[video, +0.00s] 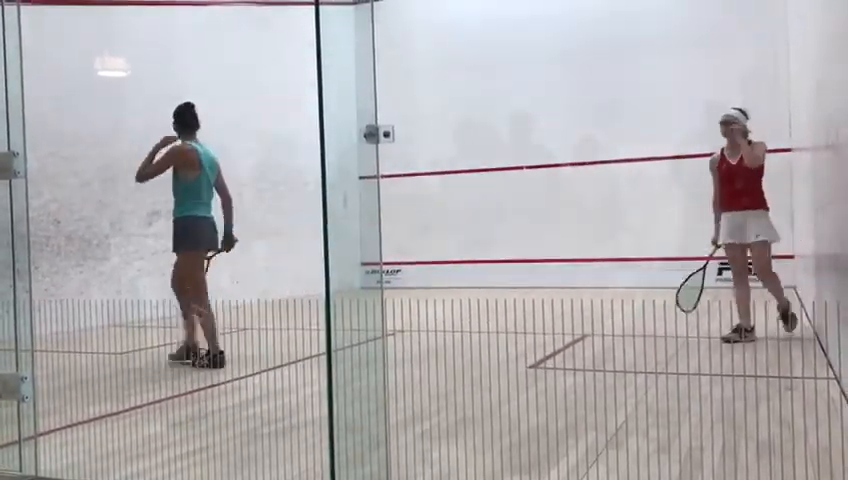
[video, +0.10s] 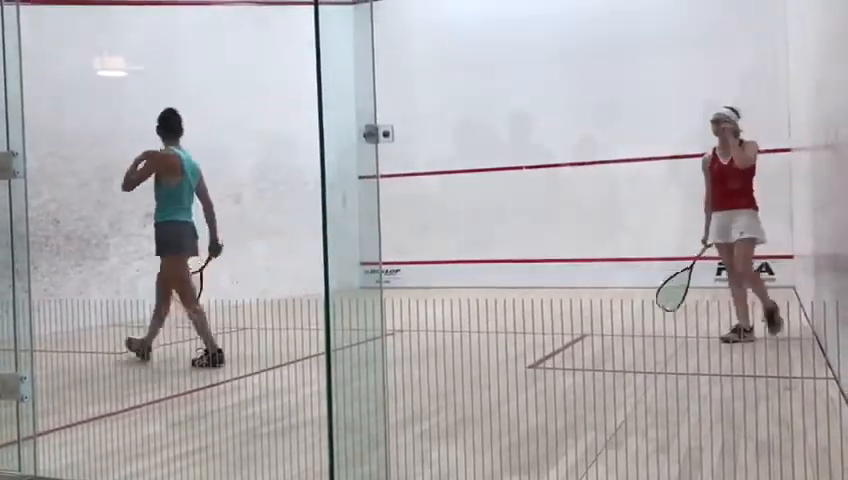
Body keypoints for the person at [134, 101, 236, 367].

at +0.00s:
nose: (175, 129)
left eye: (175, 125)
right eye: (178, 125)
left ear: (176, 126)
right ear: (197, 125)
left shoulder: (180, 151)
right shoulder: (208, 156)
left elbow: (142, 176)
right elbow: (226, 198)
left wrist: (158, 146)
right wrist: (229, 231)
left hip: (188, 228)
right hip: (207, 228)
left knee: (197, 292)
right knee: (179, 282)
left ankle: (214, 351)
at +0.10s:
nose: (159, 134)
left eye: (159, 130)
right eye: (166, 130)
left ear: (159, 132)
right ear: (181, 131)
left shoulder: (159, 159)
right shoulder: (191, 164)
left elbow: (127, 185)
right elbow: (207, 204)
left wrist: (137, 159)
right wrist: (215, 239)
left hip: (168, 232)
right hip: (187, 232)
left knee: (188, 296)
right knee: (164, 287)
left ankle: (213, 350)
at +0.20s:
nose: (144, 138)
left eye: (144, 134)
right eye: (149, 133)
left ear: (144, 135)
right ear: (166, 136)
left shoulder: (142, 162)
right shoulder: (173, 166)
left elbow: (116, 194)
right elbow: (185, 209)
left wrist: (125, 180)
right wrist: (194, 244)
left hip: (147, 236)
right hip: (166, 235)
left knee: (159, 299)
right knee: (140, 288)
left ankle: (199, 340)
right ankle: (134, 346)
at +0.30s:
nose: (131, 136)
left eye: (130, 133)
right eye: (141, 133)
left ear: (130, 134)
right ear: (152, 135)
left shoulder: (125, 159)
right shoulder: (158, 166)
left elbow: (104, 192)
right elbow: (164, 209)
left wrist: (99, 209)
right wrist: (172, 243)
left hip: (129, 237)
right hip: (149, 236)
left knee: (119, 297)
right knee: (130, 293)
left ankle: (165, 327)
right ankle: (132, 345)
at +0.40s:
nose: (122, 133)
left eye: (118, 128)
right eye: (134, 130)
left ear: (116, 130)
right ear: (138, 132)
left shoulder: (107, 155)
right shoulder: (144, 163)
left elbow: (90, 189)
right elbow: (150, 206)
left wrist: (79, 220)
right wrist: (151, 239)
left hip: (109, 230)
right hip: (135, 231)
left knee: (91, 289)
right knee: (127, 288)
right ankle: (132, 344)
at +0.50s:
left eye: (104, 128)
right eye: (123, 130)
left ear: (102, 129)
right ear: (124, 132)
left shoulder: (89, 154)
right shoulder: (131, 161)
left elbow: (75, 190)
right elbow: (136, 202)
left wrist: (64, 222)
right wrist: (134, 231)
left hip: (91, 229)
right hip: (120, 230)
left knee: (70, 287)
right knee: (121, 288)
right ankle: (132, 344)